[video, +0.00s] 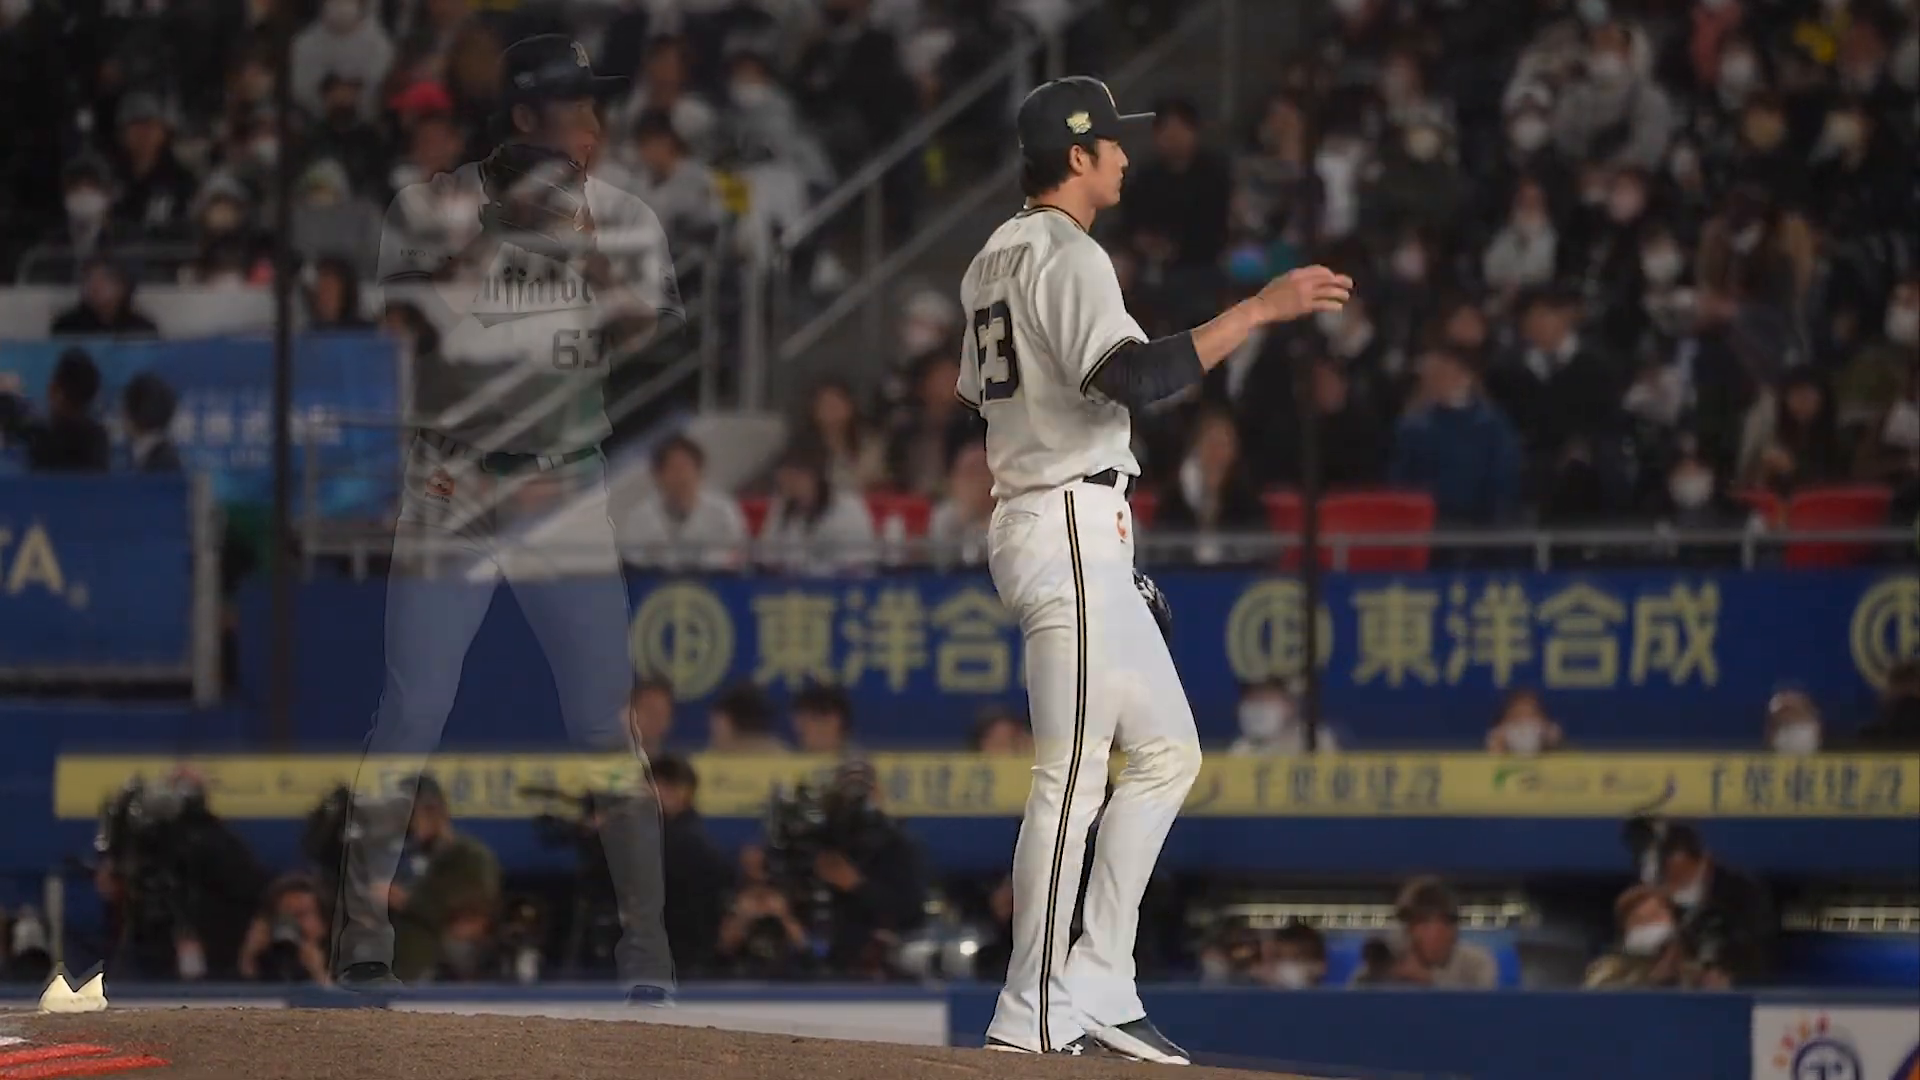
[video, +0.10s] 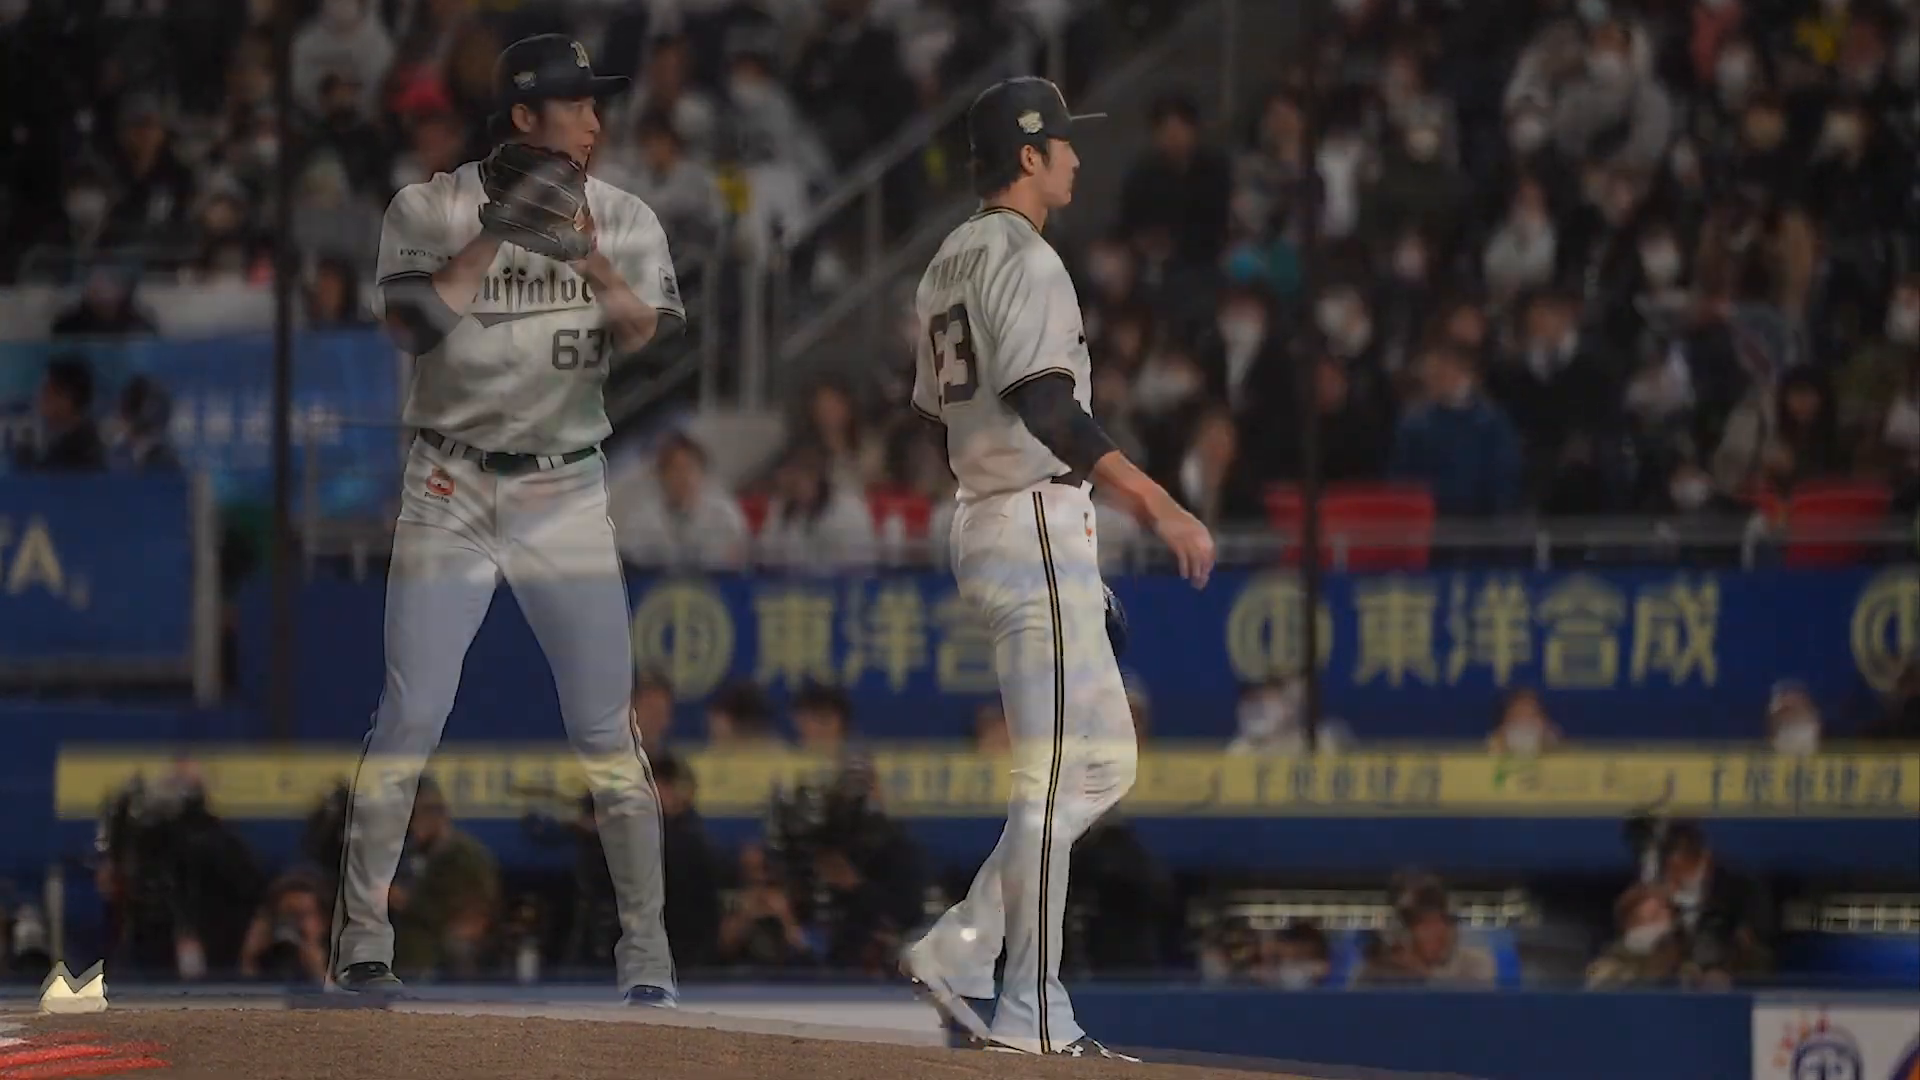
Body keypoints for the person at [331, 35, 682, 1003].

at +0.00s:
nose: (582, 126)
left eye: (591, 106)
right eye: (563, 107)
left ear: (603, 114)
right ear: (517, 110)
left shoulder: (623, 214)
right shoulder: (437, 204)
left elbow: (642, 366)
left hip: (570, 510)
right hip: (449, 511)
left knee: (604, 721)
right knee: (411, 716)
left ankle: (644, 942)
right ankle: (364, 934)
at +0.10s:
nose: (592, 120)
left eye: (596, 104)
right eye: (574, 104)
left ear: (594, 119)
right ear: (520, 113)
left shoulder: (626, 219)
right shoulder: (429, 207)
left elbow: (647, 347)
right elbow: (408, 332)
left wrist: (596, 267)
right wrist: (496, 233)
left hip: (568, 500)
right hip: (448, 495)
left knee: (604, 726)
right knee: (411, 714)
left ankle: (645, 944)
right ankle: (362, 934)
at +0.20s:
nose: (591, 120)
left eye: (595, 103)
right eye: (573, 103)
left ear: (592, 118)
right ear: (519, 113)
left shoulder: (626, 220)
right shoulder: (429, 206)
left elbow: (655, 351)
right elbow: (408, 330)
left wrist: (596, 265)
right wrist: (495, 234)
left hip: (568, 500)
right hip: (448, 492)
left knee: (604, 728)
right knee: (412, 710)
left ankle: (646, 947)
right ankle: (362, 936)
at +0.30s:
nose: (592, 119)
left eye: (595, 103)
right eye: (574, 103)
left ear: (591, 118)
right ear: (520, 112)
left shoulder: (626, 220)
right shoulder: (430, 205)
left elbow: (658, 357)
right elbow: (410, 327)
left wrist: (593, 261)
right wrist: (497, 231)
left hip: (568, 499)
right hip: (449, 490)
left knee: (605, 732)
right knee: (413, 710)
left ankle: (646, 952)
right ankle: (362, 938)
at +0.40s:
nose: (593, 119)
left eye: (596, 104)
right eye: (575, 103)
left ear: (592, 118)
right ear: (521, 112)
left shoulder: (626, 220)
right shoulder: (432, 205)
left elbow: (663, 353)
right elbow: (408, 327)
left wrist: (592, 261)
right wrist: (496, 232)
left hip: (568, 498)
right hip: (449, 489)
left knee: (604, 733)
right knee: (413, 709)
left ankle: (647, 958)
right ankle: (362, 941)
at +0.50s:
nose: (594, 119)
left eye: (597, 104)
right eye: (576, 103)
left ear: (591, 118)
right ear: (521, 112)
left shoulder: (626, 221)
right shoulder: (430, 206)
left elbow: (663, 353)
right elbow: (409, 327)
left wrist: (593, 262)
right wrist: (496, 231)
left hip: (568, 499)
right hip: (448, 489)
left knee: (604, 735)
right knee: (413, 709)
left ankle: (647, 962)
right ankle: (361, 944)